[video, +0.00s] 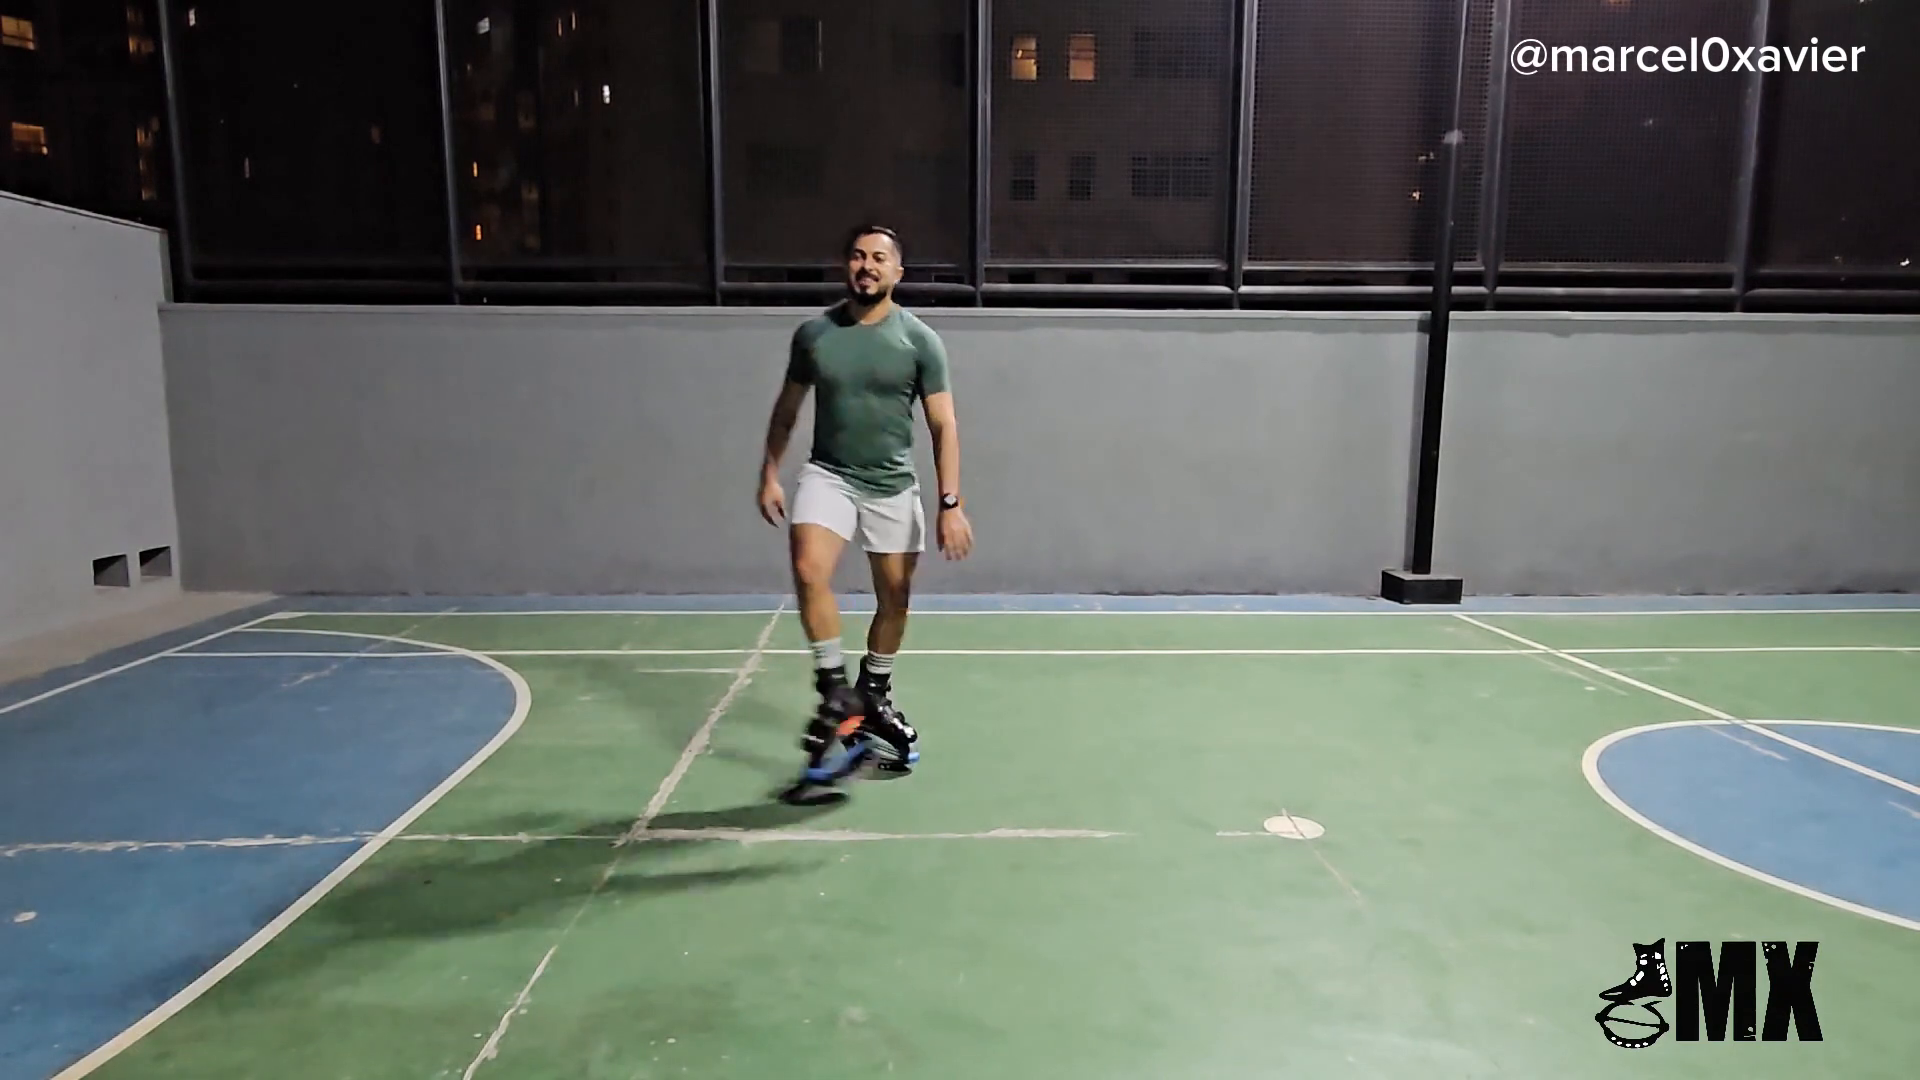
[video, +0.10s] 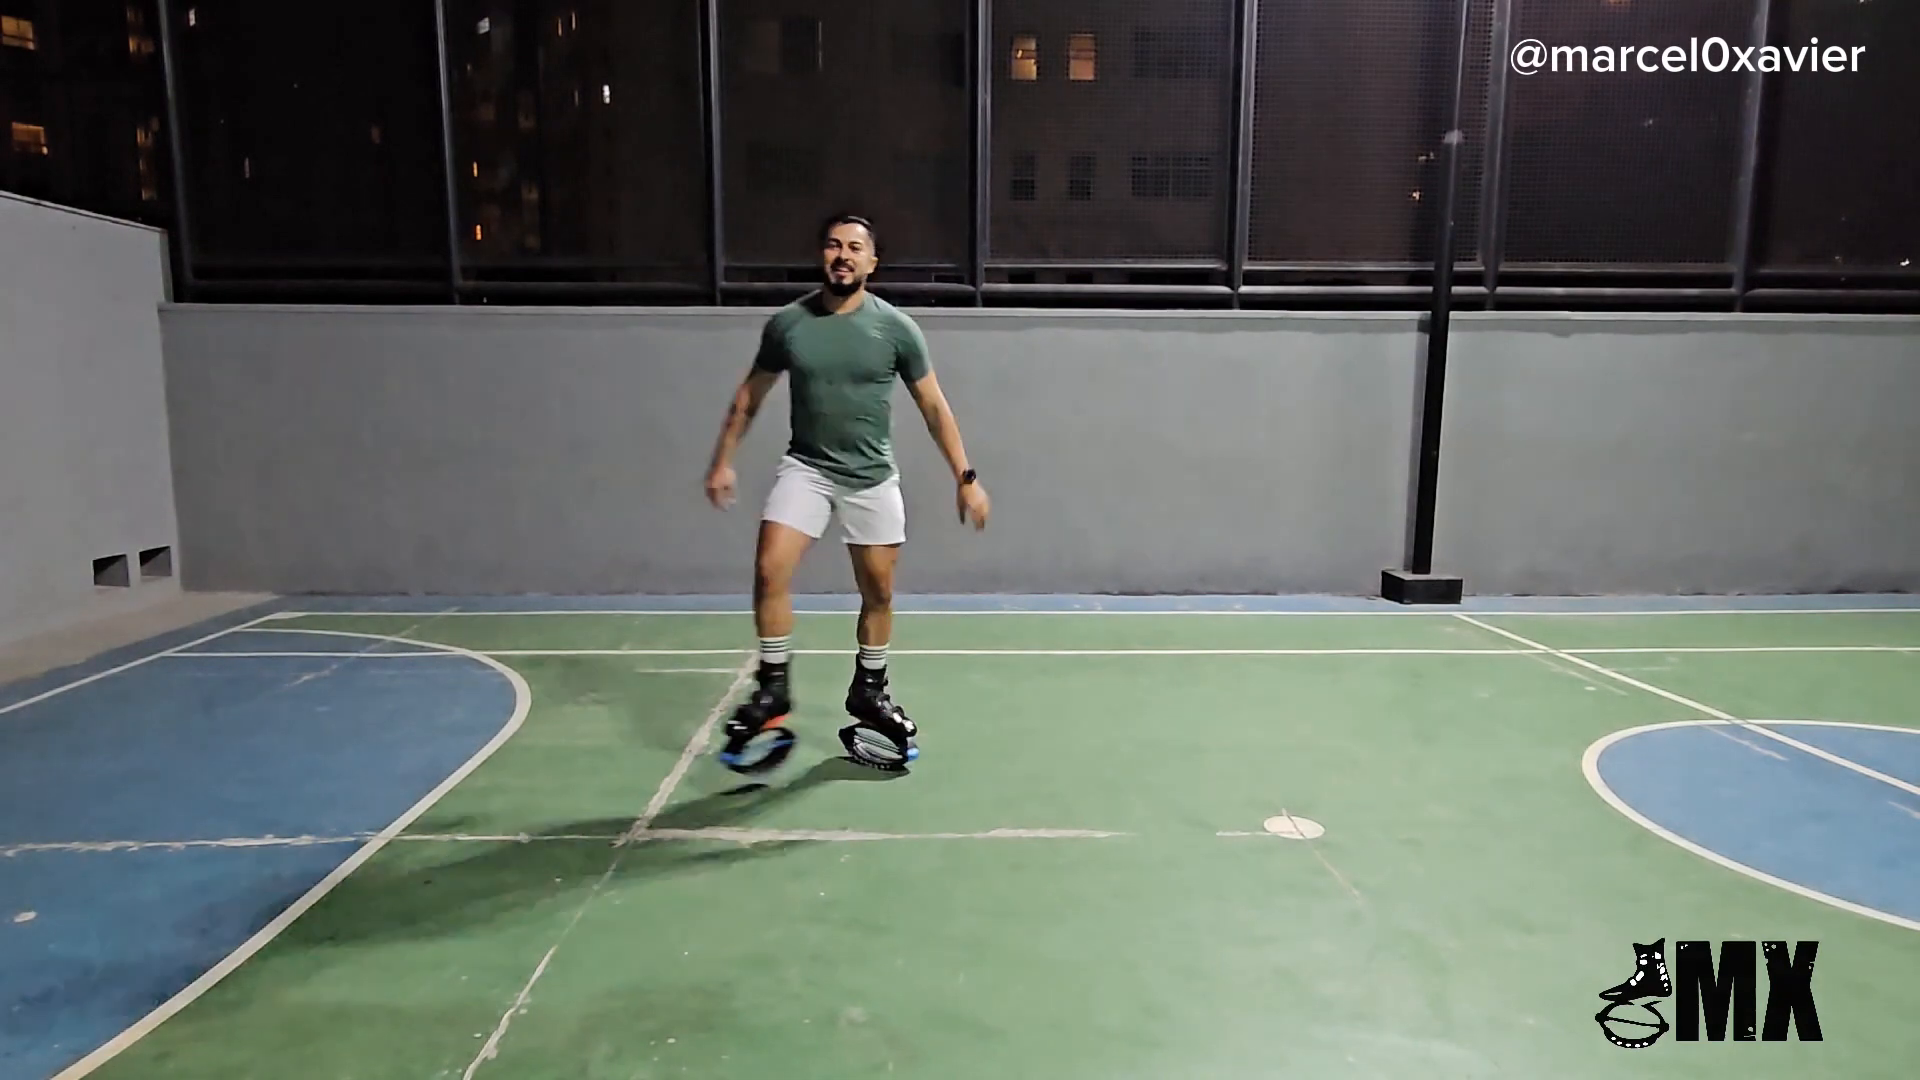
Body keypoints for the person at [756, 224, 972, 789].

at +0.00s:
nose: (866, 265)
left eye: (879, 257)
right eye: (858, 256)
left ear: (899, 272)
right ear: (845, 267)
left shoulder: (921, 341)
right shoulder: (814, 336)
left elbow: (944, 426)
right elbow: (786, 410)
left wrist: (951, 504)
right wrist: (769, 474)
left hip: (893, 486)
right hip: (827, 477)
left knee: (895, 596)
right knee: (808, 571)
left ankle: (875, 693)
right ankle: (833, 693)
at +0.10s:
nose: (843, 255)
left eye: (855, 247)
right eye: (834, 245)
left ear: (873, 262)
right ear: (820, 257)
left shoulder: (897, 329)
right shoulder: (787, 325)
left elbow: (935, 408)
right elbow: (751, 393)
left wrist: (966, 478)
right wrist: (722, 462)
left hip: (872, 477)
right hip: (805, 470)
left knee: (879, 589)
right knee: (769, 570)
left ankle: (869, 695)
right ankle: (773, 694)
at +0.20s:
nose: (824, 262)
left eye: (835, 253)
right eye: (814, 251)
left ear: (847, 264)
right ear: (797, 260)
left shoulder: (870, 330)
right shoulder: (761, 329)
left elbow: (921, 394)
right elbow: (712, 389)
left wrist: (973, 449)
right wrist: (662, 447)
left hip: (848, 481)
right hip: (779, 477)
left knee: (866, 589)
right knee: (744, 583)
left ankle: (865, 693)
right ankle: (720, 695)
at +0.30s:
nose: (815, 280)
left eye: (821, 271)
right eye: (803, 269)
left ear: (827, 280)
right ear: (773, 276)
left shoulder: (842, 345)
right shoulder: (732, 343)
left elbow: (903, 396)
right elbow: (668, 397)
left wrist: (967, 435)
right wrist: (600, 427)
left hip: (818, 494)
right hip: (747, 494)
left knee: (852, 598)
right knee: (720, 599)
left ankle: (862, 697)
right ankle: (697, 715)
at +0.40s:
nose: (802, 282)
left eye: (806, 273)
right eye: (792, 271)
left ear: (807, 280)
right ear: (758, 274)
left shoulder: (818, 344)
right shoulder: (706, 336)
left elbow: (881, 402)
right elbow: (644, 393)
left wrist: (936, 432)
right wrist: (587, 405)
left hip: (793, 487)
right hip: (725, 490)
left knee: (830, 593)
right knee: (710, 598)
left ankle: (853, 699)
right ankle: (694, 720)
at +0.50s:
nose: (792, 270)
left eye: (796, 260)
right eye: (781, 259)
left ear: (796, 267)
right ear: (747, 263)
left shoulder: (809, 333)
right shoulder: (696, 320)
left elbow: (851, 403)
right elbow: (647, 383)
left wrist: (872, 425)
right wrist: (627, 393)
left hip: (780, 471)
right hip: (713, 475)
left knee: (806, 577)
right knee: (703, 586)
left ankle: (813, 684)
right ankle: (693, 708)